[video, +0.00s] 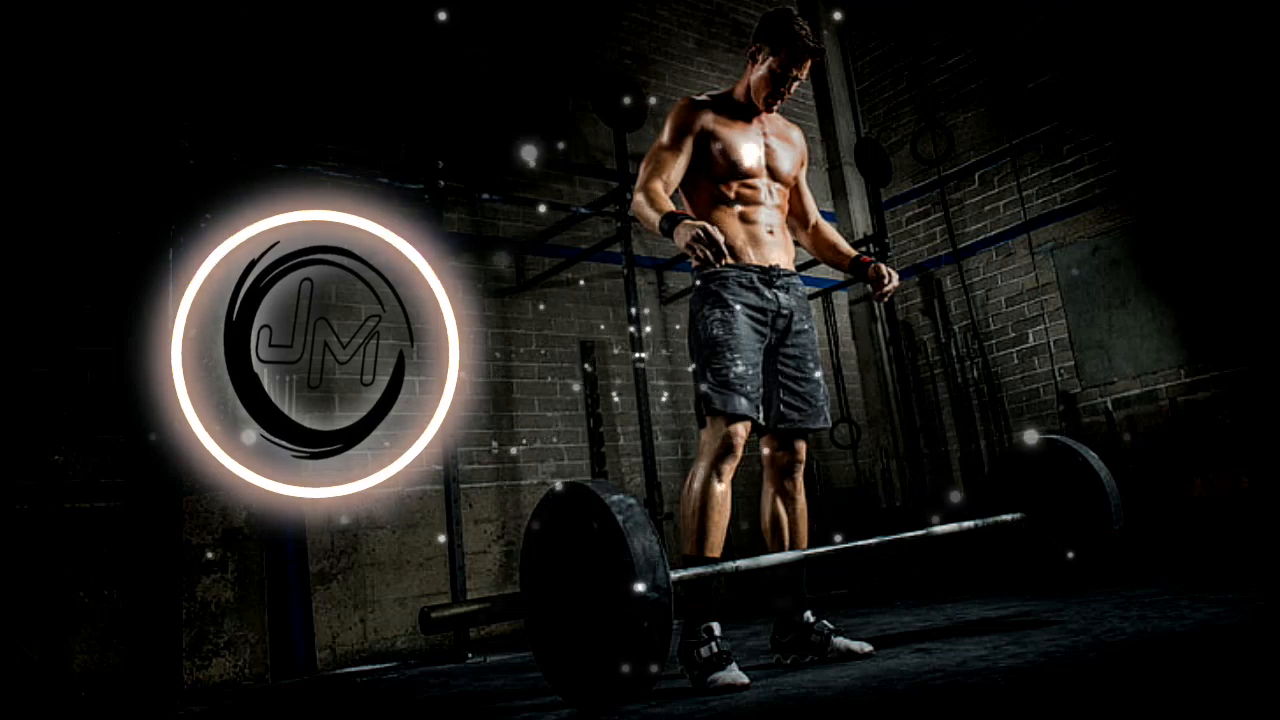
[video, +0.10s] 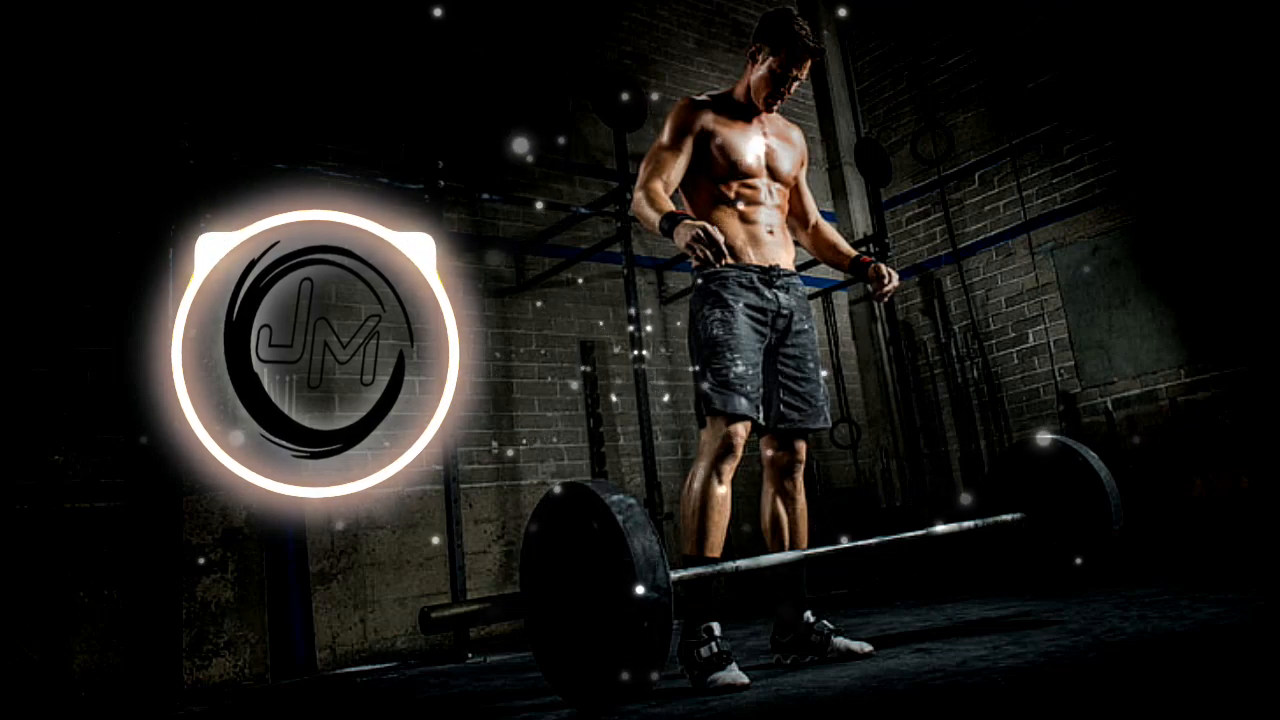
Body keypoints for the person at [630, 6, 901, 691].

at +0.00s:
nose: (790, 89)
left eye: (800, 79)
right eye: (786, 73)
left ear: (802, 77)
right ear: (756, 57)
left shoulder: (792, 136)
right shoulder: (697, 115)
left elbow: (808, 224)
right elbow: (645, 198)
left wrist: (860, 264)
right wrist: (677, 226)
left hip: (790, 297)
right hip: (730, 293)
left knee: (790, 455)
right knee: (729, 438)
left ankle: (797, 624)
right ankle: (699, 634)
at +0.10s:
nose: (791, 91)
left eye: (801, 81)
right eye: (788, 75)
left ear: (801, 76)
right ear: (757, 59)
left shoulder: (791, 136)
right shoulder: (697, 115)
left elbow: (808, 225)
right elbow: (645, 198)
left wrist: (860, 265)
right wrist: (676, 225)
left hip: (790, 296)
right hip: (730, 292)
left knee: (789, 454)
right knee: (729, 438)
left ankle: (797, 624)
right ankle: (699, 634)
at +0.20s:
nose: (789, 89)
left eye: (799, 79)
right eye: (786, 73)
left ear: (802, 77)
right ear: (756, 58)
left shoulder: (792, 137)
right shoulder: (697, 115)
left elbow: (808, 224)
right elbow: (645, 199)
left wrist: (860, 264)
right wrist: (676, 226)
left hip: (790, 297)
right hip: (730, 293)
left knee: (790, 455)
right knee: (729, 438)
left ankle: (797, 624)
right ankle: (698, 634)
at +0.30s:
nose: (790, 92)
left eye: (799, 82)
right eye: (786, 77)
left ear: (800, 77)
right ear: (756, 59)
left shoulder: (791, 136)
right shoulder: (697, 115)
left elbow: (809, 224)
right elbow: (644, 201)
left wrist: (861, 265)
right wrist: (676, 226)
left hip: (790, 297)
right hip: (730, 293)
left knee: (790, 454)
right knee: (729, 438)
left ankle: (797, 624)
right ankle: (698, 633)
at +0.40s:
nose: (786, 91)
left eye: (797, 81)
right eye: (783, 75)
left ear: (801, 77)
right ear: (755, 58)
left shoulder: (792, 137)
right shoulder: (697, 115)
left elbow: (808, 224)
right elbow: (645, 199)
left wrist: (861, 265)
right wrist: (676, 226)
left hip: (790, 297)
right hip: (730, 293)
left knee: (790, 455)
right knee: (729, 437)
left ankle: (797, 624)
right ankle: (698, 633)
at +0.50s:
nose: (787, 95)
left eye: (797, 85)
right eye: (784, 78)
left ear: (801, 78)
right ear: (756, 59)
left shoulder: (791, 136)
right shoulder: (697, 115)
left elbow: (809, 225)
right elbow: (644, 199)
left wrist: (861, 265)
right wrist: (676, 225)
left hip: (790, 297)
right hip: (730, 292)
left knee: (790, 455)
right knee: (729, 437)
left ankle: (797, 624)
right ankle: (698, 633)